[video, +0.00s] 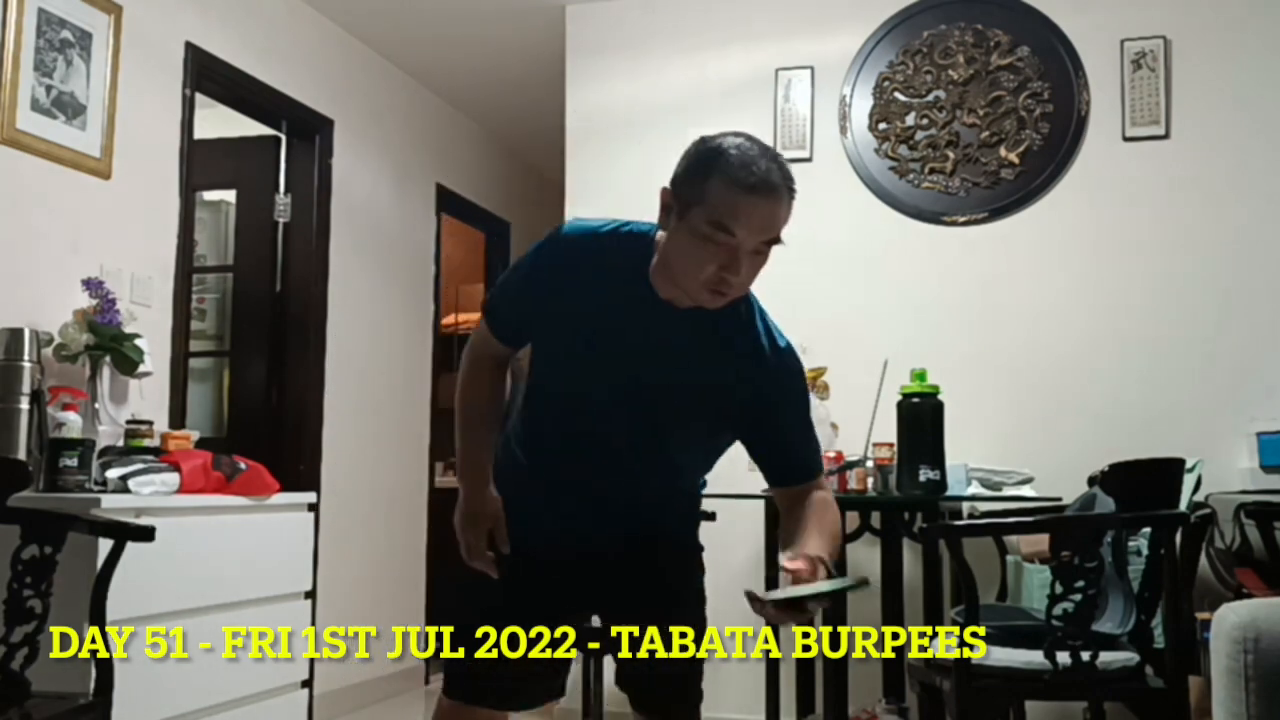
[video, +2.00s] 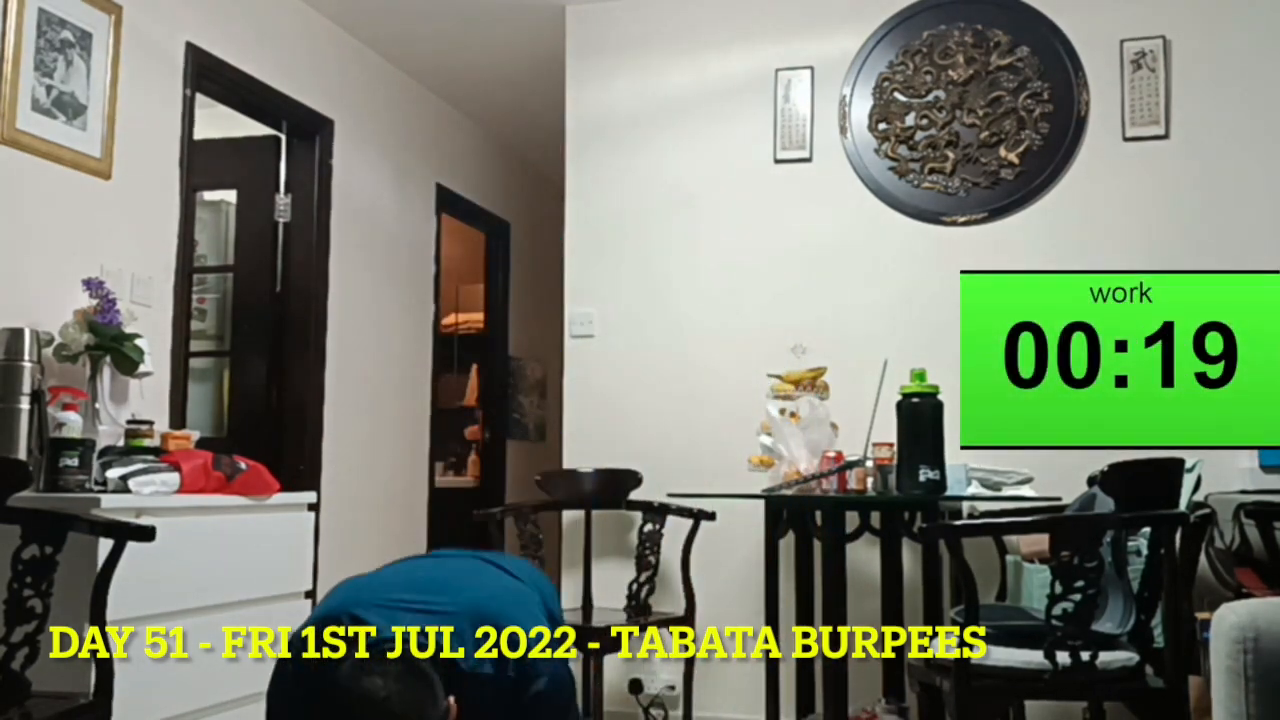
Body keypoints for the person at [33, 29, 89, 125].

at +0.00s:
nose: (66, 52)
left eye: (69, 48)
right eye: (63, 49)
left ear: (74, 49)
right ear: (61, 51)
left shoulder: (79, 66)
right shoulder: (61, 60)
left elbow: (69, 89)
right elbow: (57, 81)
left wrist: (48, 82)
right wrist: (49, 101)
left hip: (79, 102)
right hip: (62, 95)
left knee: (64, 98)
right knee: (47, 88)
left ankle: (70, 120)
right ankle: (60, 116)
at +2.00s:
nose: (66, 51)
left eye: (69, 48)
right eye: (63, 48)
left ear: (74, 49)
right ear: (60, 50)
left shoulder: (79, 65)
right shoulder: (61, 60)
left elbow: (70, 89)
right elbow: (57, 81)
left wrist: (49, 83)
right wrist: (49, 101)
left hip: (80, 102)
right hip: (63, 95)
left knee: (64, 98)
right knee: (48, 88)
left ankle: (70, 120)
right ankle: (61, 117)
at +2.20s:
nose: (66, 51)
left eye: (69, 48)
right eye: (63, 48)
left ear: (74, 49)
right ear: (60, 50)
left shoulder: (79, 65)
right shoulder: (61, 60)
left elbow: (70, 89)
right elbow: (57, 81)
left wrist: (49, 83)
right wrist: (49, 101)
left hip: (80, 102)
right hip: (63, 95)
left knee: (64, 98)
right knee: (48, 88)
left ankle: (70, 120)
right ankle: (61, 117)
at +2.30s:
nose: (66, 51)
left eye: (69, 48)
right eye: (63, 48)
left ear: (74, 49)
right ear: (60, 50)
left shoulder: (79, 65)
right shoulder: (61, 60)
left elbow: (70, 89)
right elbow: (57, 81)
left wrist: (49, 83)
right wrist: (49, 101)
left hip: (80, 102)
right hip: (63, 95)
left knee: (64, 98)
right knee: (48, 88)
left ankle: (70, 120)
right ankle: (61, 117)